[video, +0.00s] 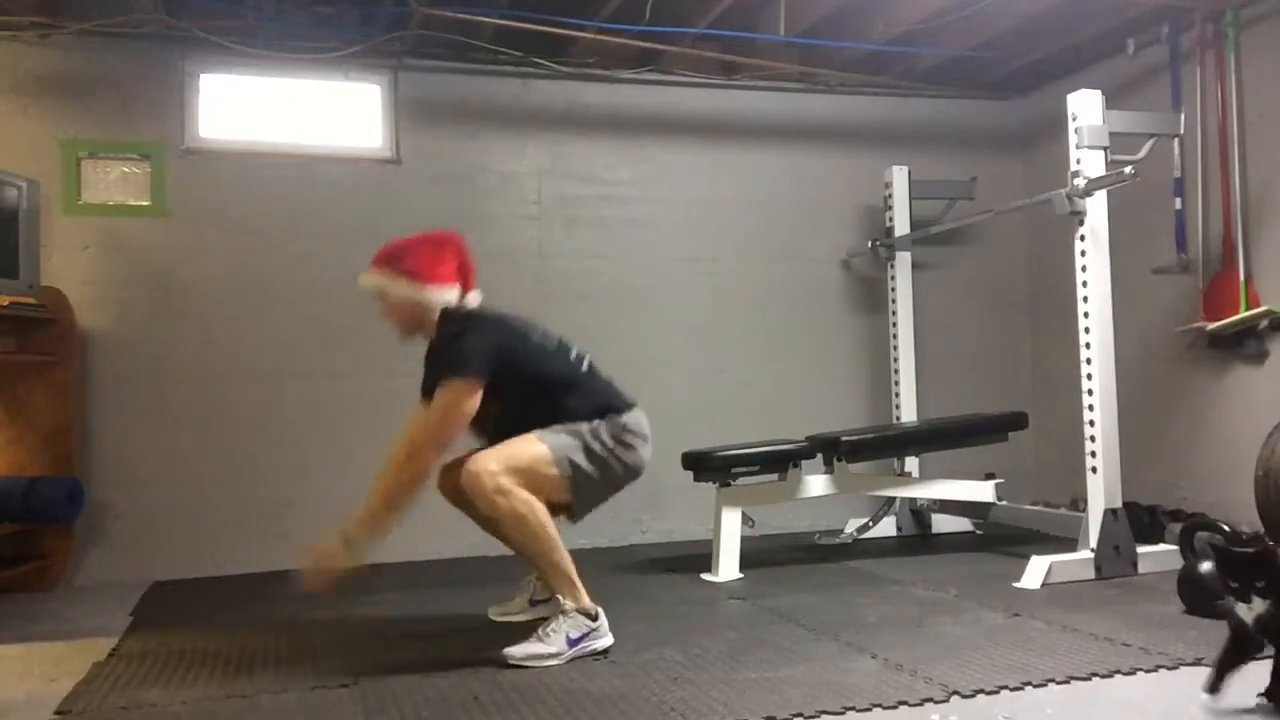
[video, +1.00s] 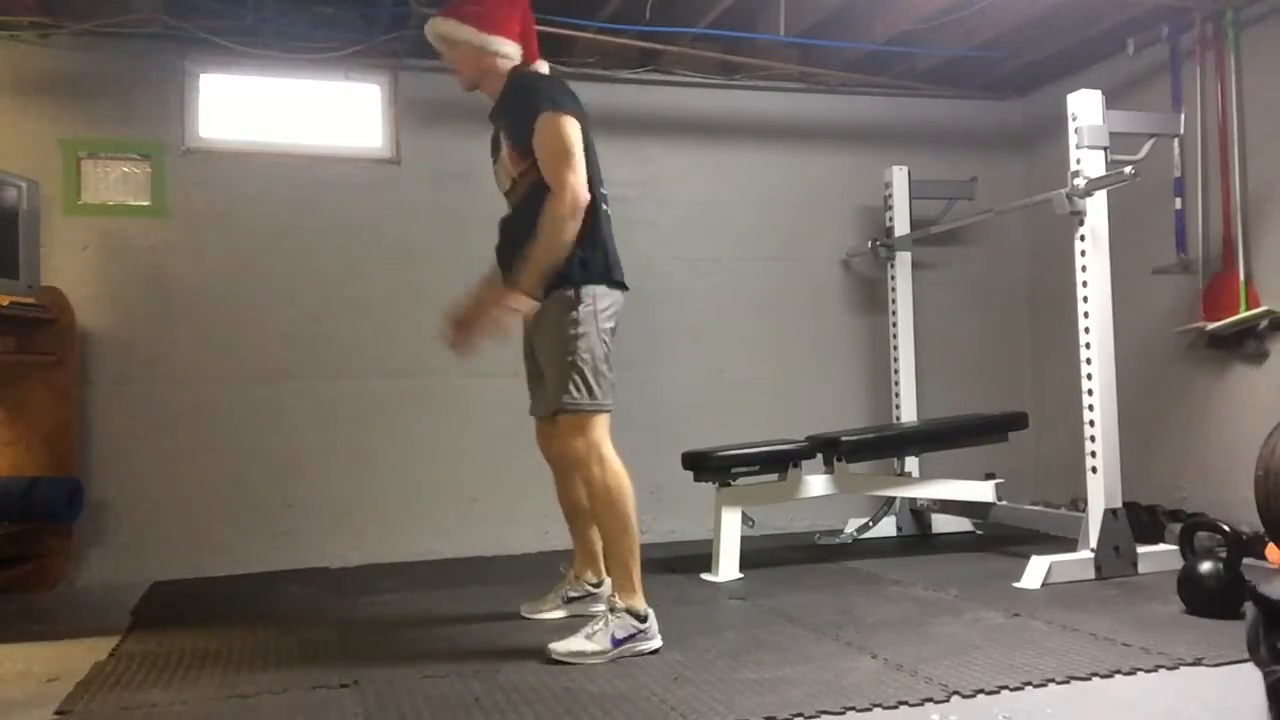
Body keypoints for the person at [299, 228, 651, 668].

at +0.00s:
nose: (383, 309)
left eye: (388, 295)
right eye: (381, 296)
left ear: (422, 291)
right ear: (426, 291)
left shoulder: (470, 336)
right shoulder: (446, 347)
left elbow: (423, 452)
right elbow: (416, 452)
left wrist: (353, 540)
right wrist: (358, 534)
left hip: (612, 434)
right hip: (579, 437)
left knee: (484, 474)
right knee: (457, 480)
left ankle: (582, 615)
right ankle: (555, 580)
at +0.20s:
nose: (417, 173)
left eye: (428, 160)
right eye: (420, 159)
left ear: (462, 166)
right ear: (471, 171)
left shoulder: (500, 219)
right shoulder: (482, 227)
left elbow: (433, 281)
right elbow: (409, 308)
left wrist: (337, 268)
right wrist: (336, 273)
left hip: (599, 373)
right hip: (566, 376)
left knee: (487, 466)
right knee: (475, 469)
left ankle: (583, 614)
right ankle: (557, 579)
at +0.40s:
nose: (450, 79)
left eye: (453, 61)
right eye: (445, 68)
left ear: (481, 44)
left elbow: (468, 60)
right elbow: (410, 146)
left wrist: (419, 31)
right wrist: (389, 56)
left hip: (580, 260)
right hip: (540, 271)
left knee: (541, 408)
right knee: (517, 412)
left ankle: (572, 585)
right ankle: (538, 557)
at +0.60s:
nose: (463, 23)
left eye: (464, 15)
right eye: (463, 18)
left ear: (493, 4)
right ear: (490, 14)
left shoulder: (535, 30)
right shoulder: (499, 67)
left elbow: (433, 28)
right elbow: (418, 105)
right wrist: (407, 27)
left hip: (576, 227)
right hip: (538, 234)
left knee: (569, 385)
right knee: (535, 388)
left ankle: (595, 556)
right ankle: (555, 536)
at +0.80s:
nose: (460, 65)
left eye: (465, 50)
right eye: (458, 52)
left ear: (509, 49)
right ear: (511, 51)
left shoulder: (556, 96)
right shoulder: (520, 116)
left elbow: (493, 132)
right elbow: (452, 195)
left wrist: (434, 91)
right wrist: (417, 118)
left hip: (577, 302)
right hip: (541, 306)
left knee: (571, 445)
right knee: (547, 446)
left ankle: (633, 613)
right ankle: (592, 587)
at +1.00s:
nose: (447, 63)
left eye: (453, 48)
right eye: (445, 51)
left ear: (491, 46)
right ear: (485, 50)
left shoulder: (540, 93)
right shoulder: (502, 113)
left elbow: (572, 196)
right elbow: (525, 224)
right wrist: (483, 302)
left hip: (579, 290)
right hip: (550, 295)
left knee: (586, 442)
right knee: (558, 441)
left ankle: (633, 610)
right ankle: (591, 578)